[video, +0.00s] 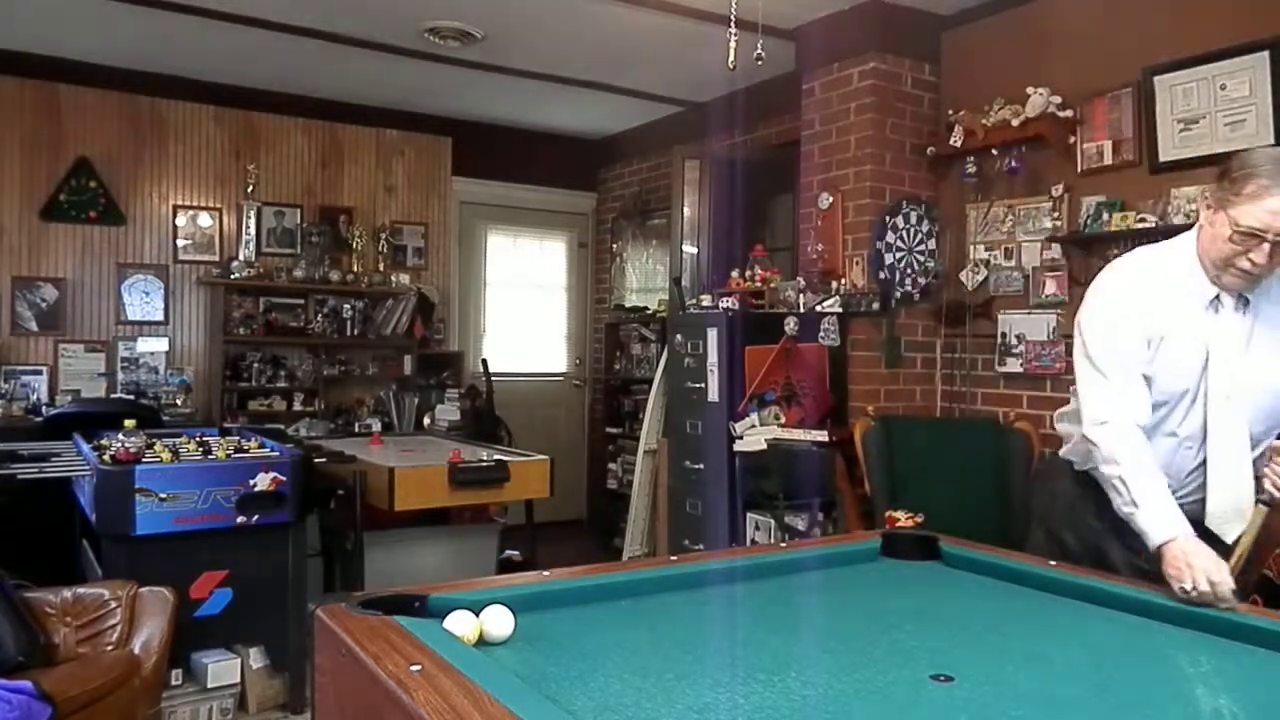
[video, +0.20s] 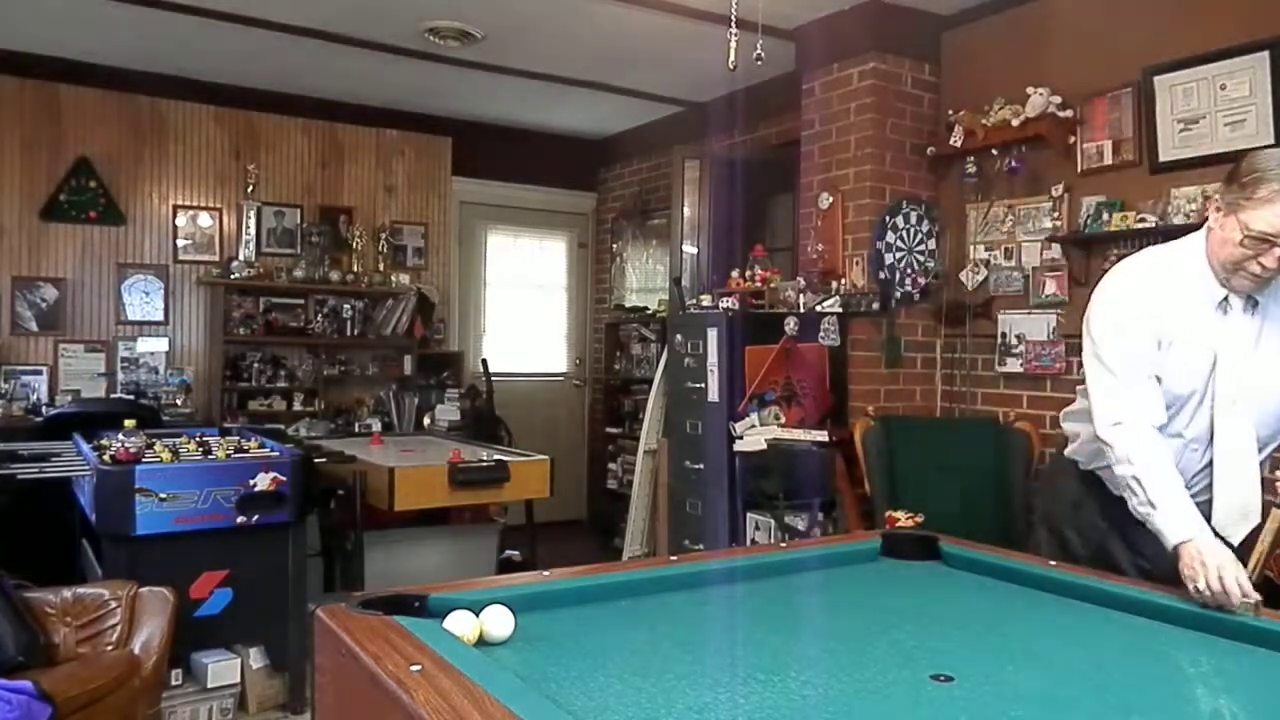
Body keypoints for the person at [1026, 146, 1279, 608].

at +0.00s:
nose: (1262, 258)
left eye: (1277, 244)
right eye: (1248, 235)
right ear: (1208, 211)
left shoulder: (1273, 296)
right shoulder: (1126, 288)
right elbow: (1110, 430)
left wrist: (1266, 459)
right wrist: (1172, 540)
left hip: (1206, 522)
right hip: (1095, 510)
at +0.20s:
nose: (1270, 262)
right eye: (1257, 240)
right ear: (1215, 212)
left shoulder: (1272, 302)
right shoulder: (1132, 290)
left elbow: (1260, 431)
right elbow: (1127, 432)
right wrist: (1190, 539)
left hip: (1212, 515)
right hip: (1099, 506)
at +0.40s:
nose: (1268, 240)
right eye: (1256, 216)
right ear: (1218, 196)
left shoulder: (1272, 293)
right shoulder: (1130, 276)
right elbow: (1074, 411)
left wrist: (1269, 466)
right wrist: (1145, 505)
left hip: (1228, 526)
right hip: (1104, 515)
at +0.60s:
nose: (1223, 214)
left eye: (1248, 202)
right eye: (1211, 194)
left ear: (1275, 212)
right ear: (1187, 187)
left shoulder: (1274, 280)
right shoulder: (1114, 266)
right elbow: (1040, 387)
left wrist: (1272, 455)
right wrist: (1083, 488)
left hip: (1224, 529)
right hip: (1105, 519)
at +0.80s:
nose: (1156, 199)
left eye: (1178, 185)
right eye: (1145, 183)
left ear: (1226, 186)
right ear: (1134, 183)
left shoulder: (1266, 277)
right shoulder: (1085, 271)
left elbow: (1276, 416)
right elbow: (1030, 384)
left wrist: (1227, 436)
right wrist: (1041, 482)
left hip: (1207, 527)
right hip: (1085, 514)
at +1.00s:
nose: (1094, 195)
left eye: (1111, 178)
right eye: (1084, 182)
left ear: (1159, 173)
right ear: (1074, 188)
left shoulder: (1228, 269)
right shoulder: (1057, 281)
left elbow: (1267, 400)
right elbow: (1021, 392)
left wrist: (1168, 407)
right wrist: (1019, 476)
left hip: (1192, 523)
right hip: (1078, 516)